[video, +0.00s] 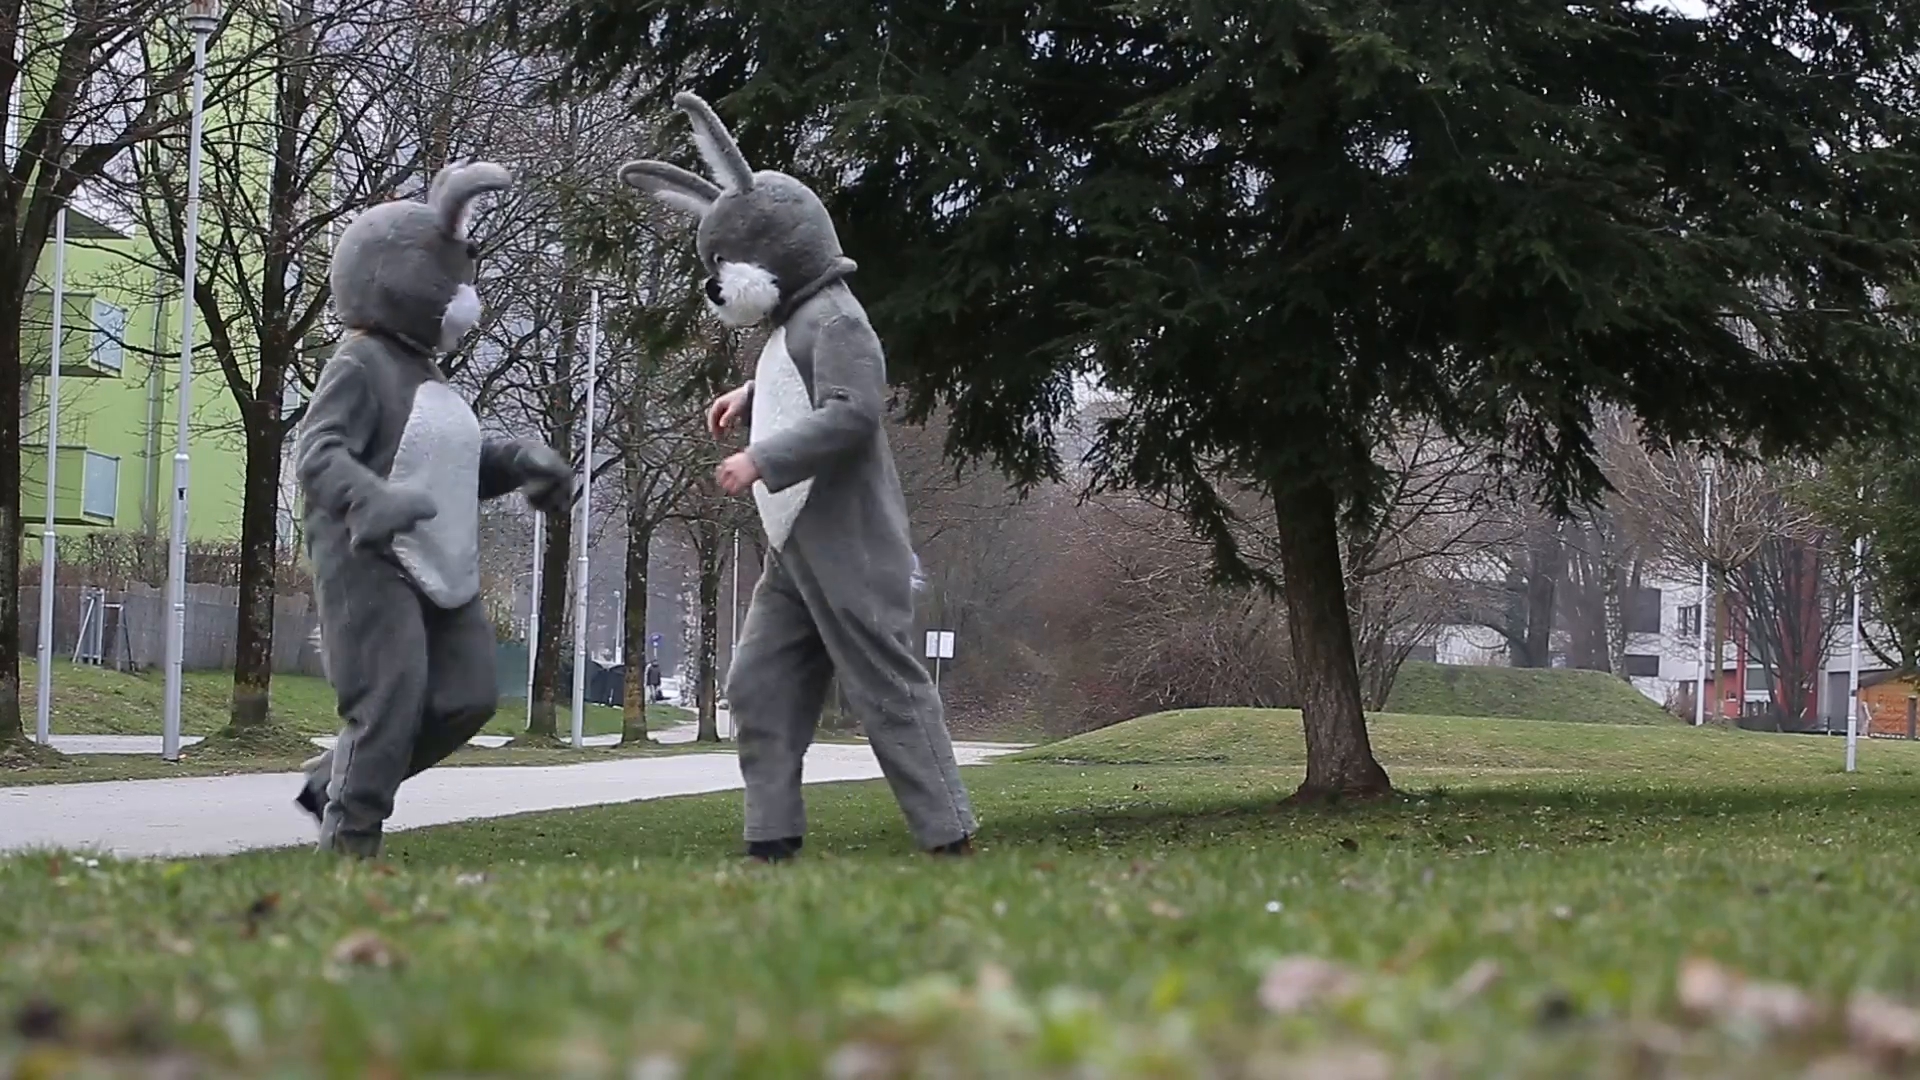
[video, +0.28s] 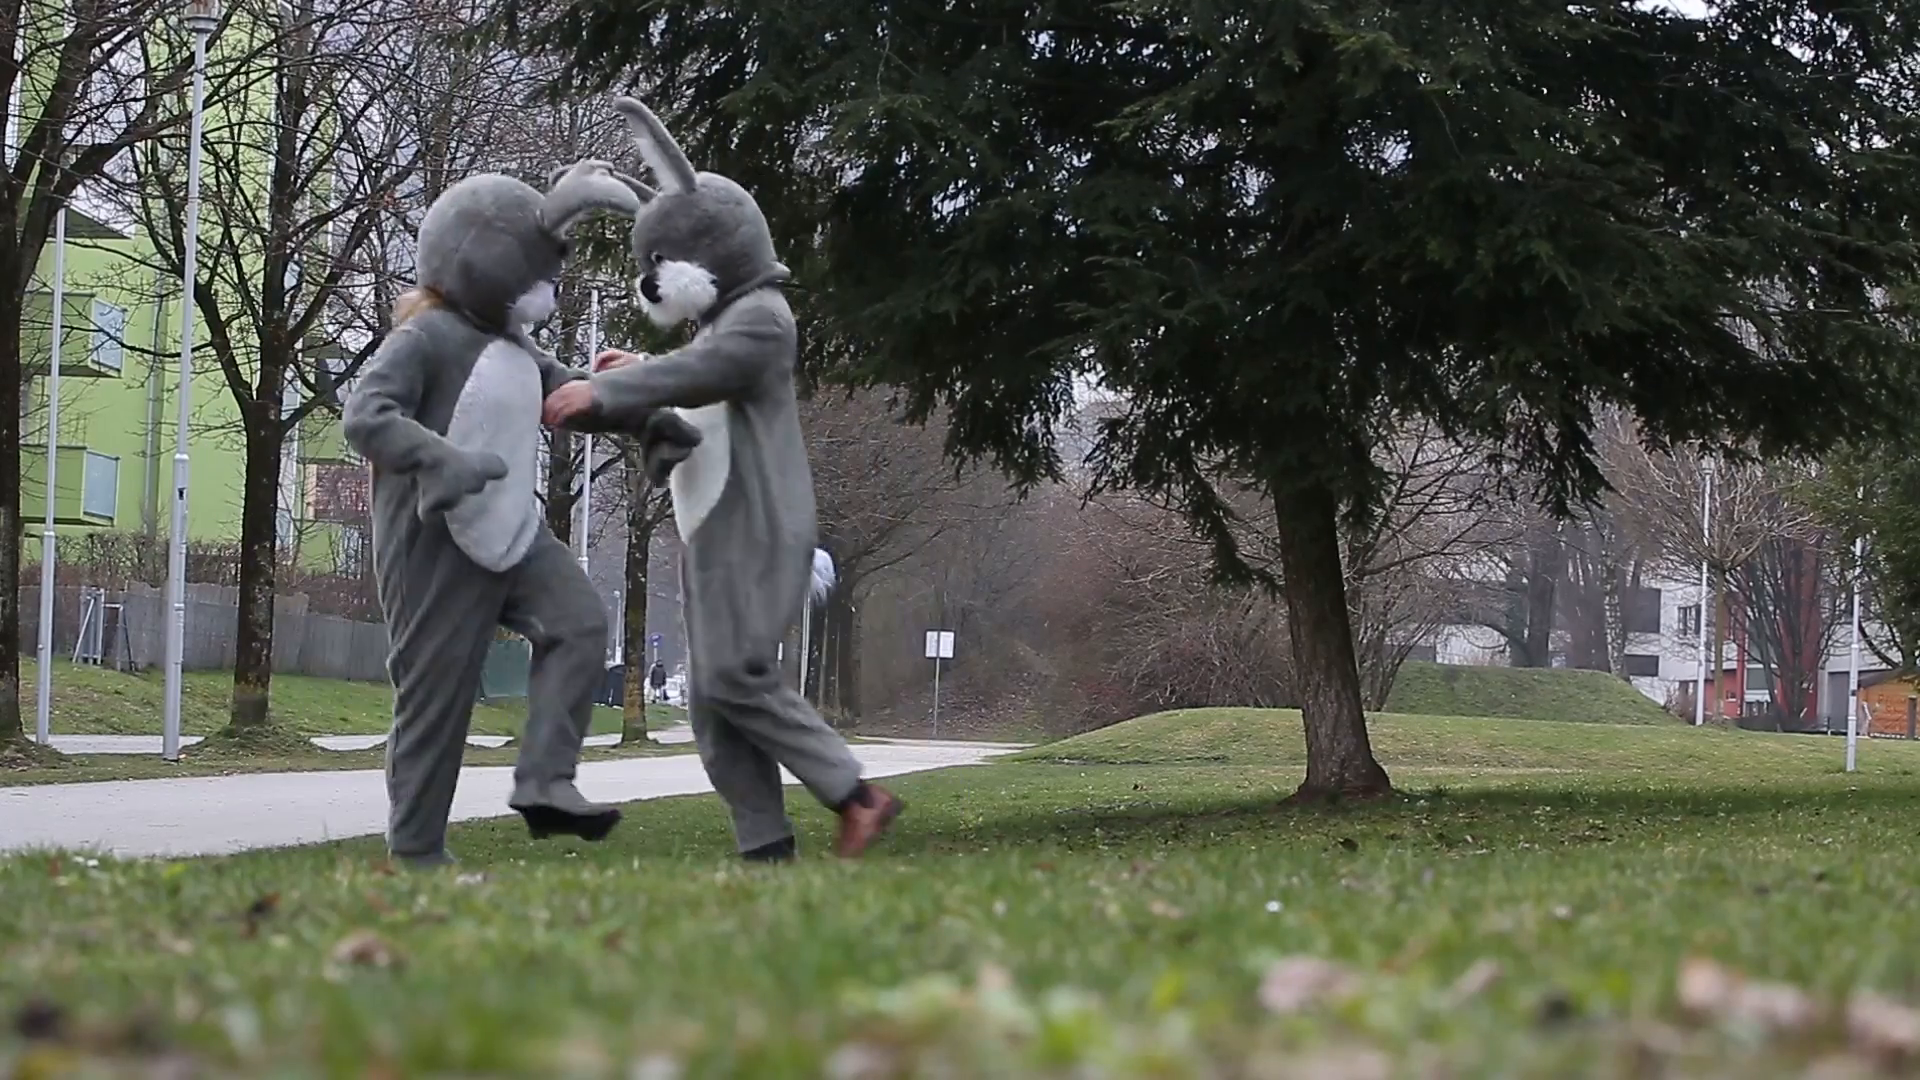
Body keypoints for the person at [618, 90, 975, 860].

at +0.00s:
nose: (723, 283)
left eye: (729, 264)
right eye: (720, 269)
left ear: (773, 252)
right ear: (770, 256)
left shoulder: (832, 316)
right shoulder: (793, 323)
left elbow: (853, 414)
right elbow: (804, 391)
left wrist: (761, 459)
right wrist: (751, 398)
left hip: (851, 542)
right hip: (799, 546)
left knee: (888, 686)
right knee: (761, 683)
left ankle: (948, 834)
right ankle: (774, 840)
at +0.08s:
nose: (709, 292)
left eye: (715, 274)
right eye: (706, 277)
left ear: (759, 263)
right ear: (761, 263)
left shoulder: (816, 328)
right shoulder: (781, 332)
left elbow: (822, 414)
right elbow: (785, 399)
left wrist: (715, 448)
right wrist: (727, 406)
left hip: (837, 551)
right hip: (779, 556)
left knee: (878, 694)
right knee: (733, 691)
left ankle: (947, 836)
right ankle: (772, 842)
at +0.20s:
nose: (677, 297)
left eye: (689, 279)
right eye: (676, 282)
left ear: (738, 271)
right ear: (727, 276)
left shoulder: (786, 332)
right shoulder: (739, 346)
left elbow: (750, 398)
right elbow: (705, 409)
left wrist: (643, 402)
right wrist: (636, 421)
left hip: (790, 559)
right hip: (737, 564)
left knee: (811, 698)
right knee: (710, 711)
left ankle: (920, 825)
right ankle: (769, 849)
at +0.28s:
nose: (657, 284)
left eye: (665, 264)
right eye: (655, 270)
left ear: (708, 253)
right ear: (707, 260)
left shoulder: (762, 314)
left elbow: (700, 371)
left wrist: (601, 396)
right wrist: (635, 386)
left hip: (762, 525)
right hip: (714, 532)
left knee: (738, 677)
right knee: (713, 692)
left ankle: (860, 796)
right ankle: (767, 846)